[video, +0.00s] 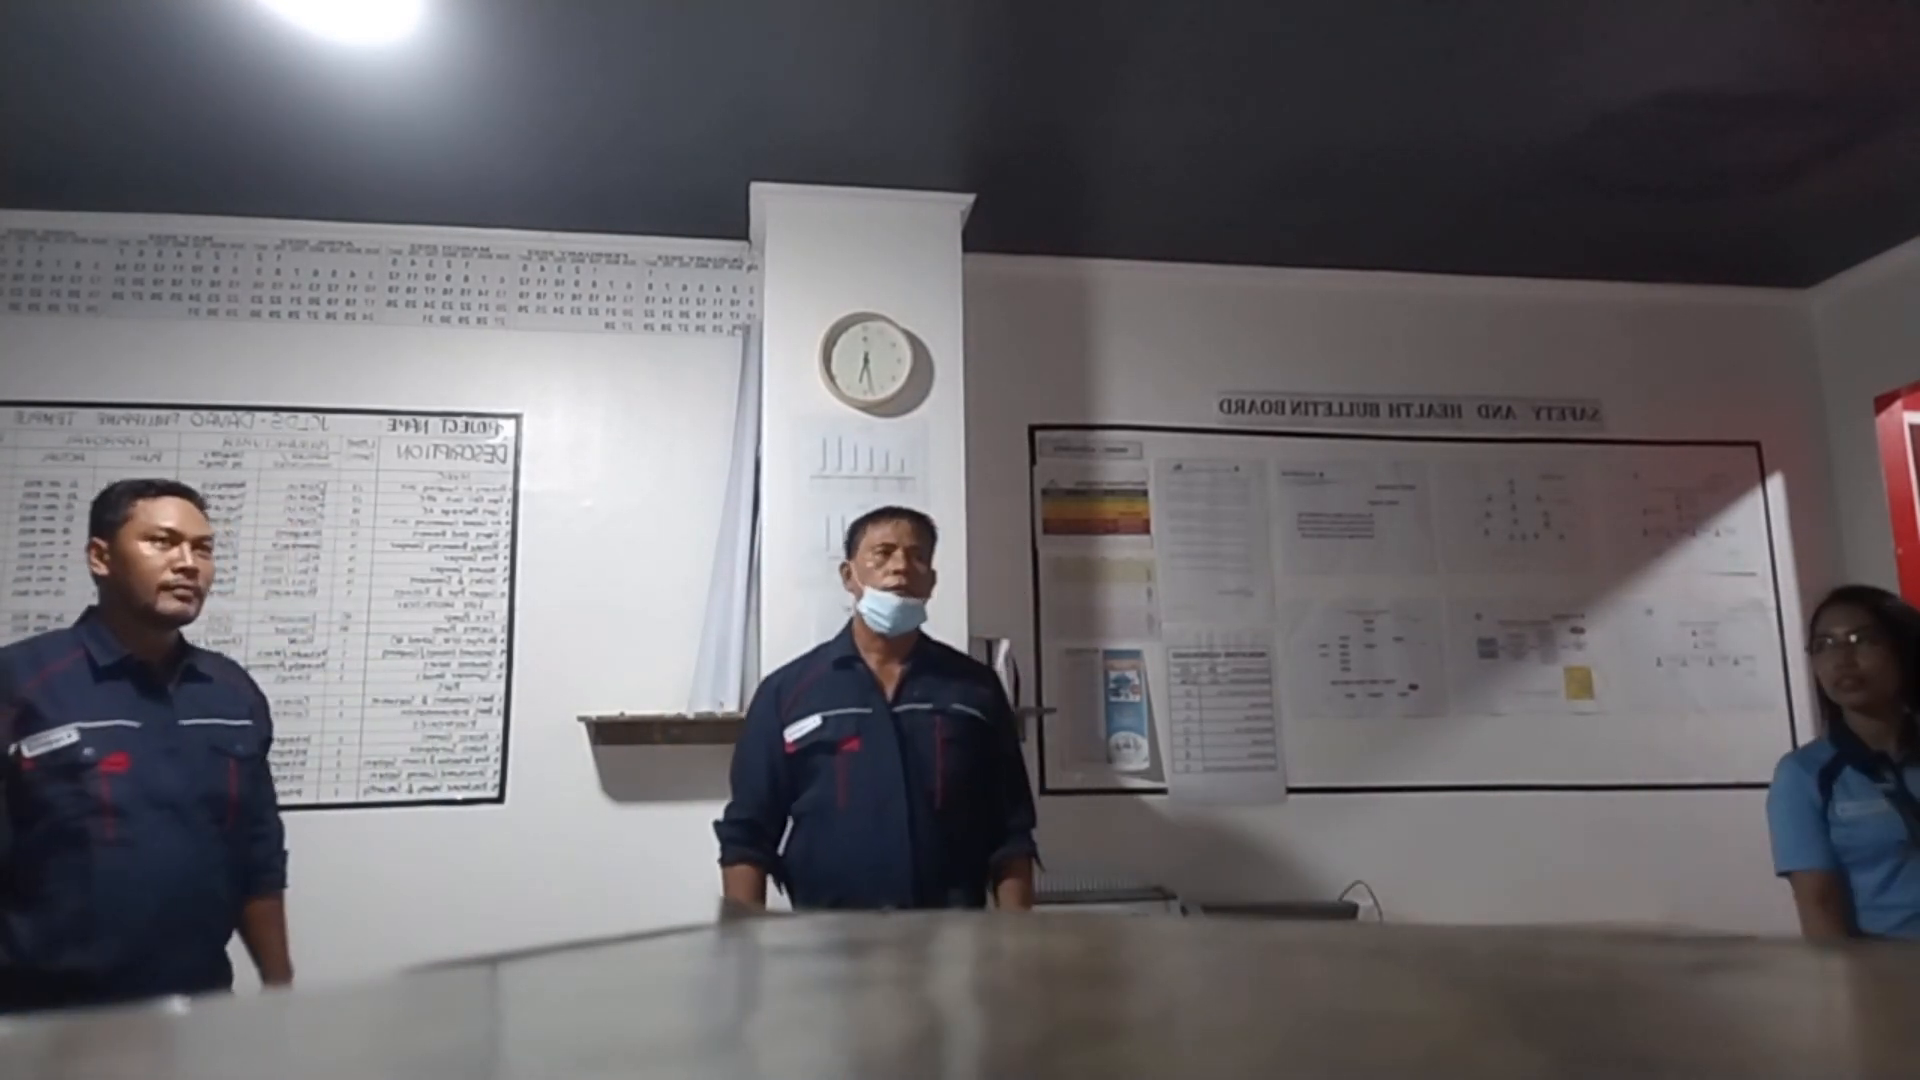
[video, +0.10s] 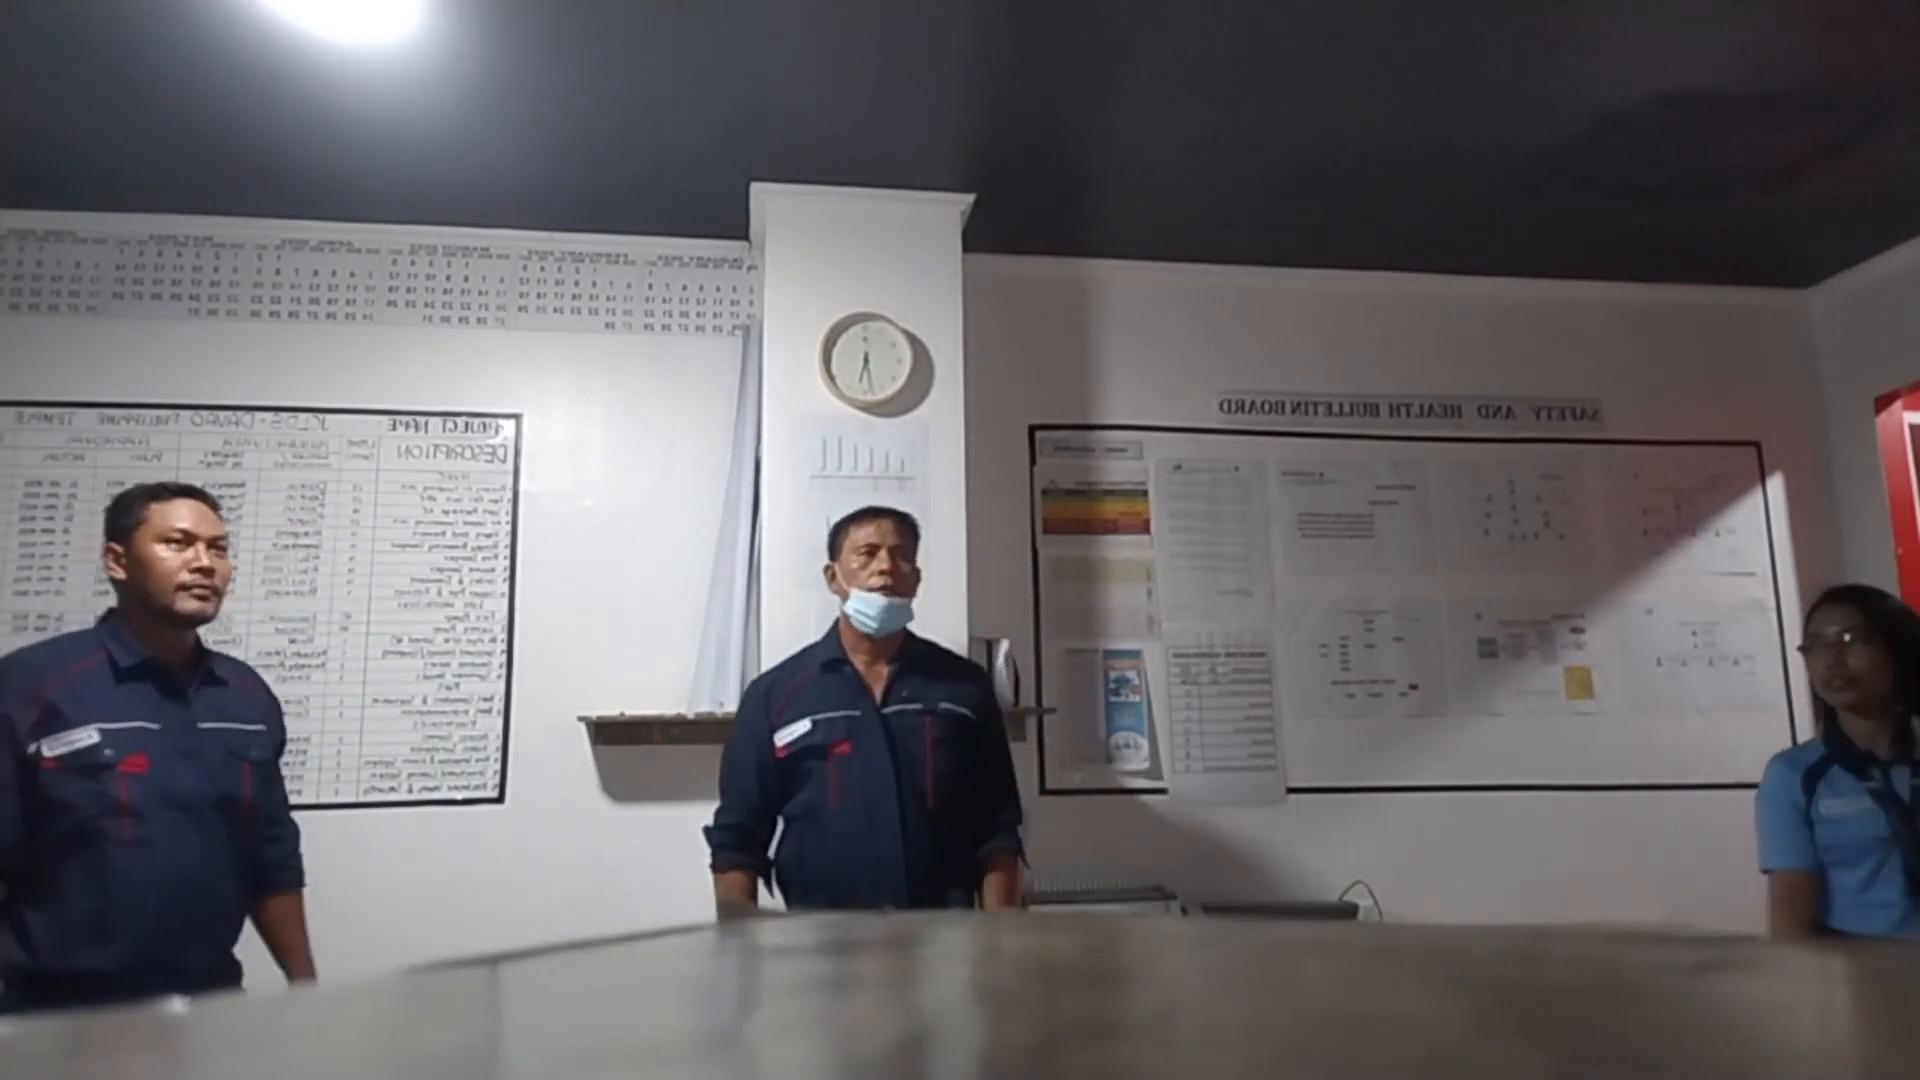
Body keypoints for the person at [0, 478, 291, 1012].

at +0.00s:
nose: (190, 563)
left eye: (202, 547)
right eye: (163, 541)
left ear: (213, 564)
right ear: (100, 558)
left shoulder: (234, 693)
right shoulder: (18, 681)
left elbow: (256, 857)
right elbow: (9, 850)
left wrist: (281, 988)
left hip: (193, 1014)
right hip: (46, 1020)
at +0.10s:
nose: (205, 563)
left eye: (217, 548)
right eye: (178, 542)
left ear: (229, 566)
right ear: (117, 562)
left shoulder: (247, 697)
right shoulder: (27, 686)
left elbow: (270, 854)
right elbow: (12, 853)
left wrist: (306, 987)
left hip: (202, 1012)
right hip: (56, 1018)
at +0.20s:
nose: (217, 566)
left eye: (229, 551)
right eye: (190, 547)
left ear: (242, 570)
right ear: (132, 567)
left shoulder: (258, 703)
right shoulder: (38, 690)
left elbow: (278, 857)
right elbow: (11, 857)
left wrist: (320, 989)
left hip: (215, 1011)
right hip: (71, 1017)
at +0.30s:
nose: (240, 570)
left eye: (252, 554)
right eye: (212, 552)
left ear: (266, 570)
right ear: (158, 573)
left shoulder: (281, 709)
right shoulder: (63, 695)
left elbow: (292, 862)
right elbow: (16, 877)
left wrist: (333, 997)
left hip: (243, 1017)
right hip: (99, 1022)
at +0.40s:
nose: (266, 571)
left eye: (279, 555)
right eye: (240, 554)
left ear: (294, 571)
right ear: (188, 575)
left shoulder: (310, 709)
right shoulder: (99, 691)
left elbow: (317, 871)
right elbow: (36, 869)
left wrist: (338, 1006)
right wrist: (0, 1003)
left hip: (276, 1021)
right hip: (133, 1024)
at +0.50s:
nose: (294, 575)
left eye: (308, 560)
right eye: (269, 557)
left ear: (322, 578)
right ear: (219, 576)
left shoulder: (340, 714)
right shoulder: (127, 689)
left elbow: (344, 880)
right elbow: (65, 852)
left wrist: (348, 1002)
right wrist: (30, 1002)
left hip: (301, 1018)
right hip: (161, 1018)